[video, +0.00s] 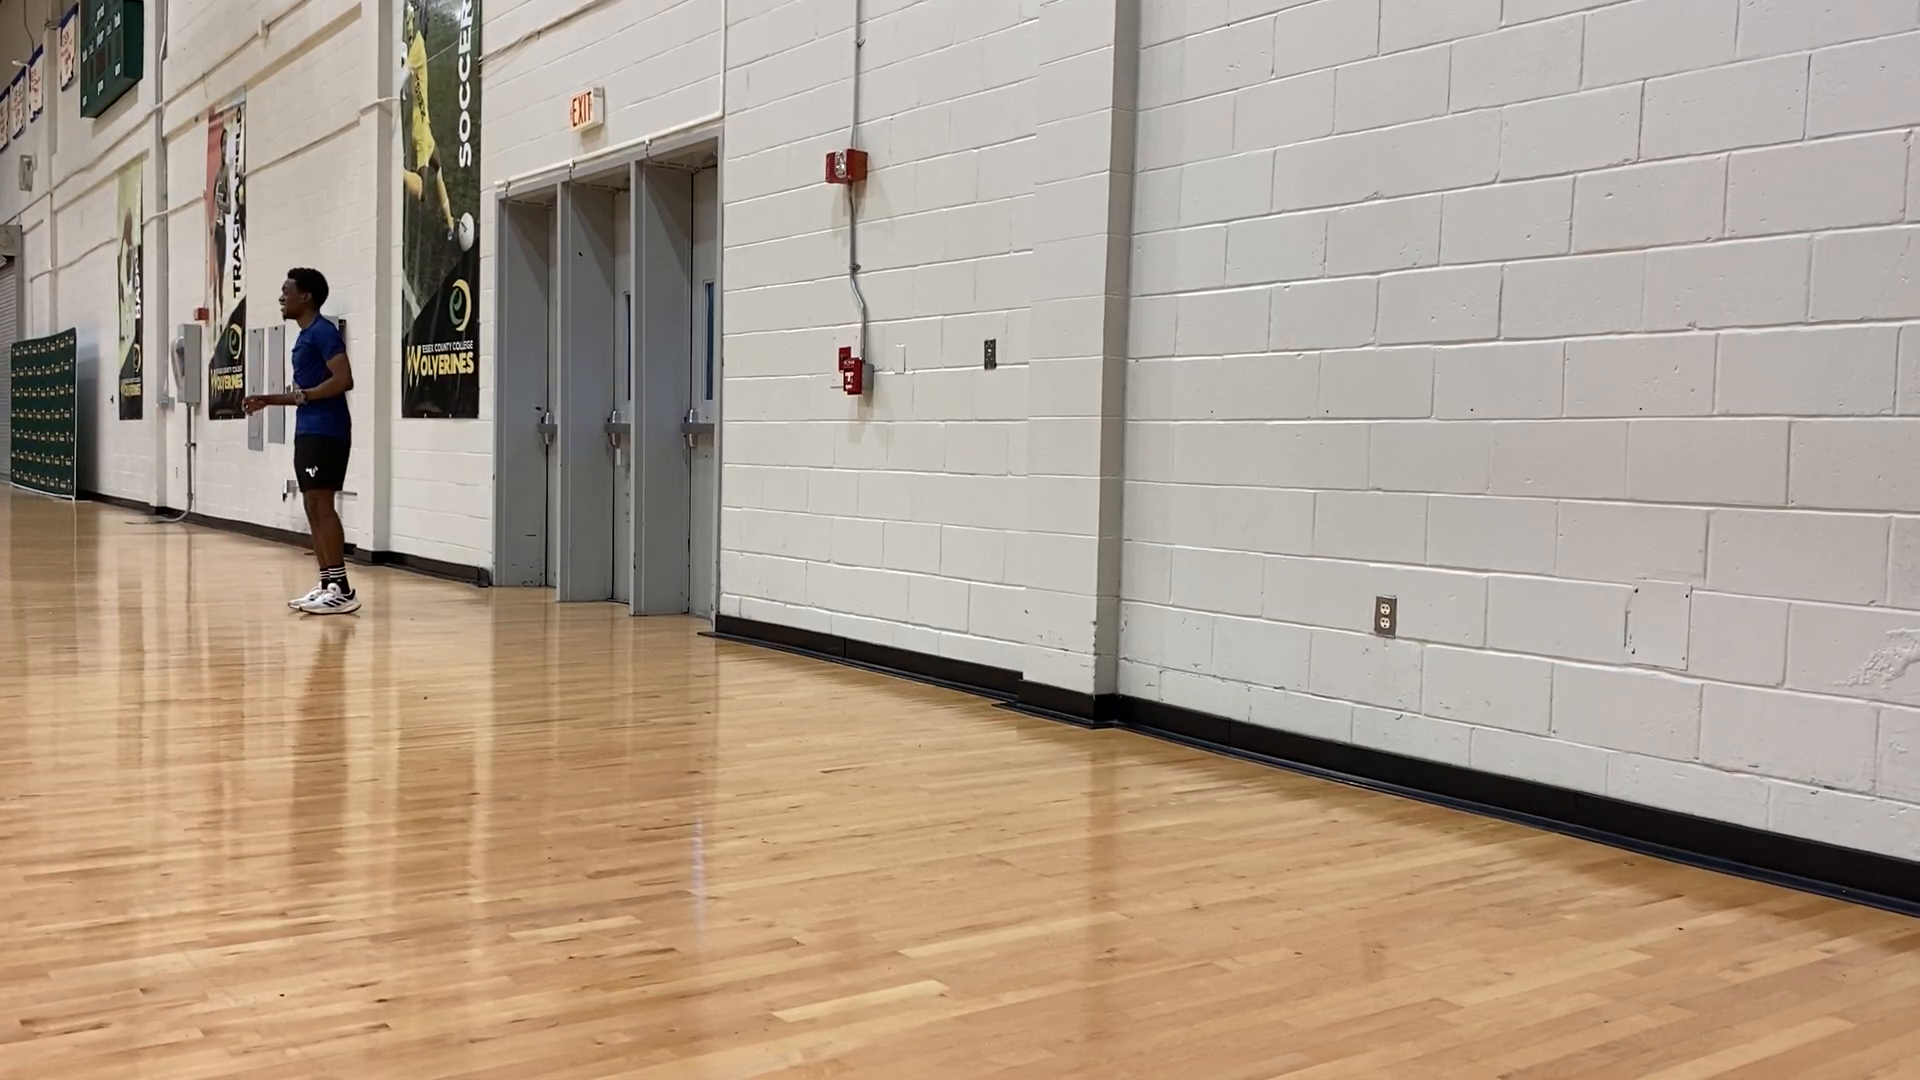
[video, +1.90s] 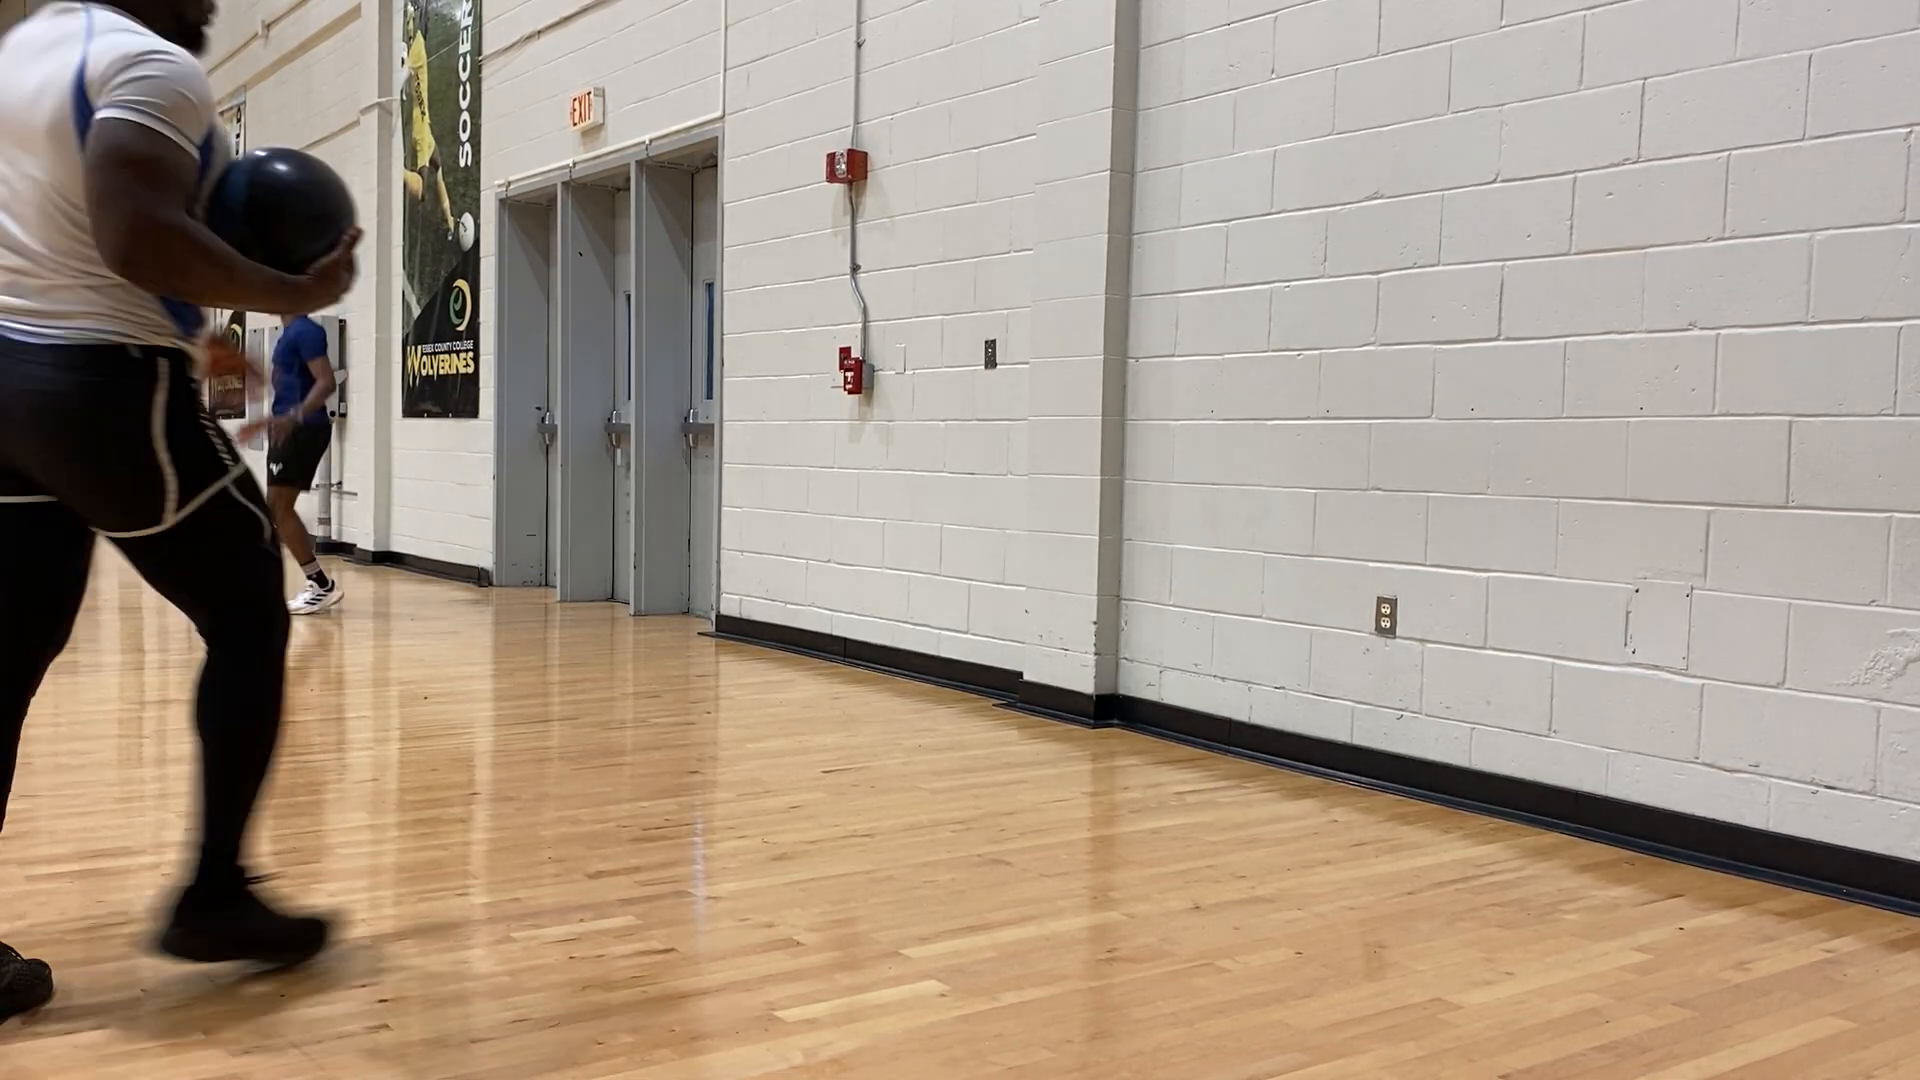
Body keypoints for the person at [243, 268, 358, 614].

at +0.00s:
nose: (281, 298)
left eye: (286, 292)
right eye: (282, 292)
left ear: (306, 296)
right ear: (301, 298)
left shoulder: (323, 331)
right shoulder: (304, 336)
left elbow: (344, 379)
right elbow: (306, 394)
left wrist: (307, 395)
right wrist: (268, 400)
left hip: (326, 434)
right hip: (309, 433)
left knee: (323, 507)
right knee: (313, 508)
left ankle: (340, 588)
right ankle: (326, 586)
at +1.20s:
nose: (288, 295)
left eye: (294, 289)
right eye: (290, 289)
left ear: (314, 296)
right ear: (310, 296)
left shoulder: (321, 322)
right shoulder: (304, 333)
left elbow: (325, 348)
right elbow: (287, 376)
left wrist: (278, 340)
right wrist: (238, 364)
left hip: (320, 430)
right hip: (304, 430)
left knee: (302, 503)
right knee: (294, 505)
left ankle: (334, 584)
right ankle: (326, 582)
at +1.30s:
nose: (287, 281)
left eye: (293, 276)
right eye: (288, 276)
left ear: (313, 282)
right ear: (301, 282)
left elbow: (304, 288)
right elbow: (272, 328)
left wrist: (266, 267)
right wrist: (245, 289)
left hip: (318, 412)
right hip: (298, 413)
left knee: (307, 490)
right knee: (297, 493)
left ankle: (336, 575)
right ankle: (317, 575)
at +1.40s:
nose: (285, 285)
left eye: (292, 280)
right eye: (286, 280)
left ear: (307, 286)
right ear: (291, 288)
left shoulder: (316, 311)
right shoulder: (298, 314)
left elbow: (320, 273)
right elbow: (276, 292)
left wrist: (284, 237)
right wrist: (267, 248)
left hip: (315, 410)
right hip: (298, 411)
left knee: (307, 494)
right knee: (291, 497)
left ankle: (335, 577)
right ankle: (317, 577)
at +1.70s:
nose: (284, 271)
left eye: (292, 267)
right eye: (287, 266)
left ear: (308, 277)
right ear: (296, 277)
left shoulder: (315, 308)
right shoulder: (289, 312)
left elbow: (316, 287)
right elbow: (272, 314)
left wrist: (288, 256)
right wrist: (249, 289)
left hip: (308, 407)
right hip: (289, 408)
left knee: (302, 487)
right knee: (288, 489)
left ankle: (327, 571)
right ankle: (311, 570)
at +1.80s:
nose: (286, 275)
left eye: (291, 270)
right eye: (289, 269)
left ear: (302, 277)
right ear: (306, 279)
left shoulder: (310, 304)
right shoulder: (294, 313)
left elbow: (325, 337)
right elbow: (281, 360)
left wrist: (288, 342)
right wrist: (242, 356)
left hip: (304, 407)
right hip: (288, 407)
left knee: (292, 489)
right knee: (288, 490)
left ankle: (317, 573)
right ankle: (311, 572)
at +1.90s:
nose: (275, 302)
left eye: (280, 295)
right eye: (277, 295)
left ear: (290, 299)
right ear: (293, 300)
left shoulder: (306, 331)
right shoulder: (288, 336)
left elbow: (326, 383)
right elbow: (288, 399)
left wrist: (294, 417)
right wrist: (259, 425)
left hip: (307, 428)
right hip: (290, 427)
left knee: (279, 506)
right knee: (276, 507)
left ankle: (320, 584)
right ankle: (318, 584)